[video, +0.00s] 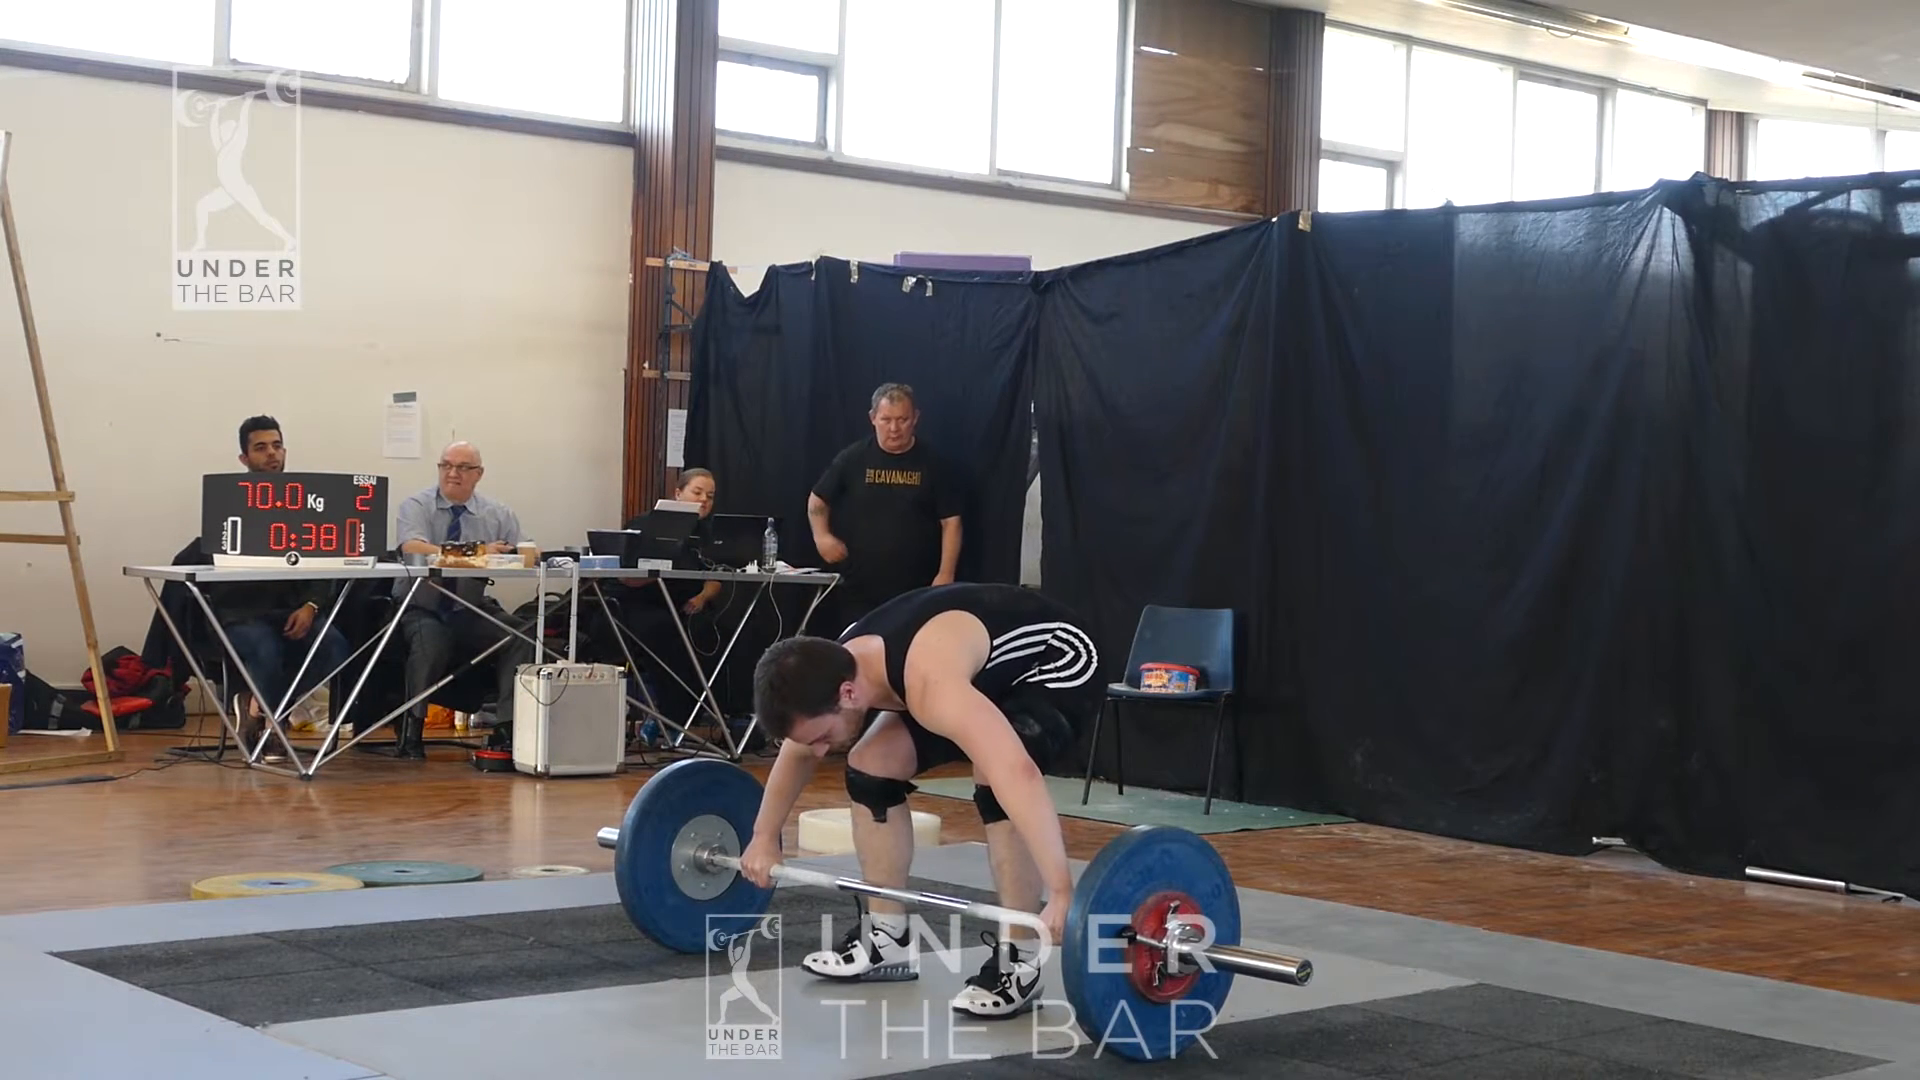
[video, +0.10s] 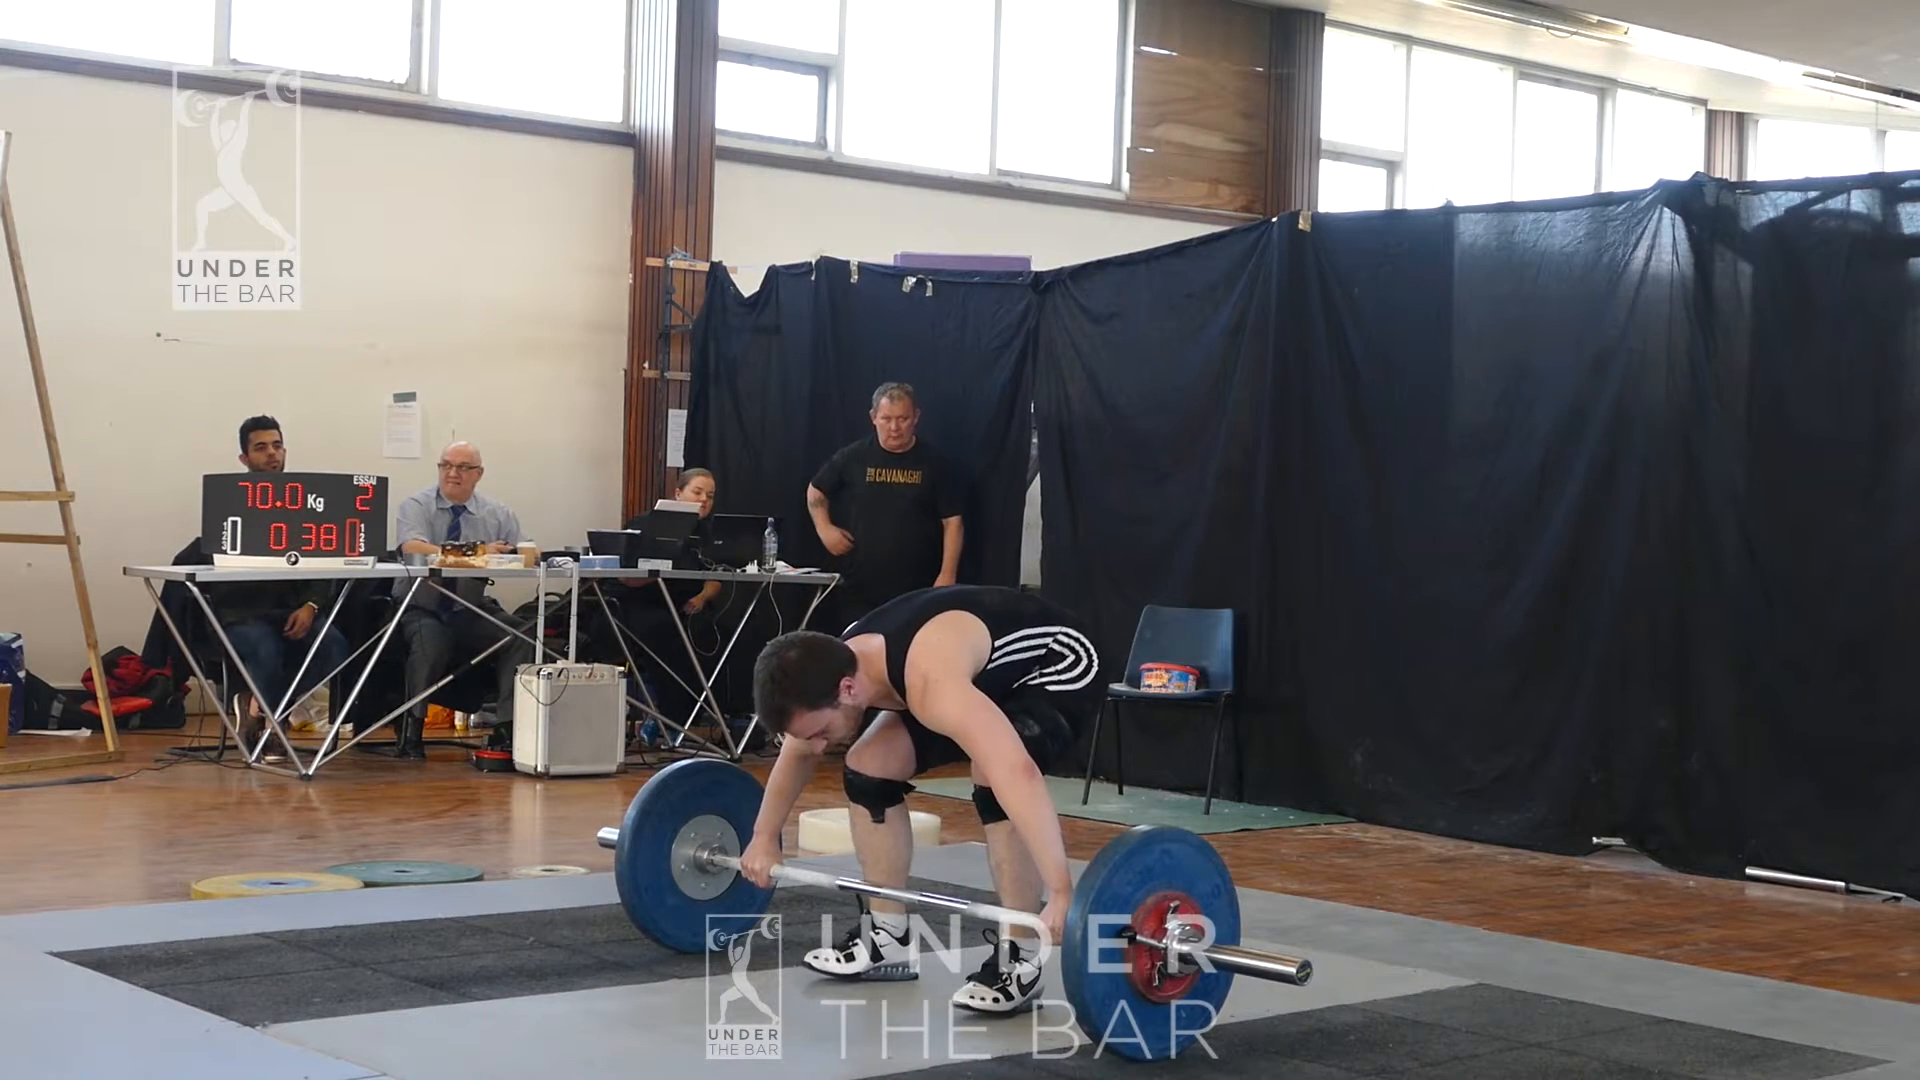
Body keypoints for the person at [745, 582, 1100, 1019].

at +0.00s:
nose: (818, 751)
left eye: (823, 736)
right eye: (806, 743)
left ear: (848, 693)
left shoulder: (935, 686)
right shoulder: (839, 666)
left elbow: (1019, 772)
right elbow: (798, 751)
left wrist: (1060, 889)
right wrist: (763, 835)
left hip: (1061, 661)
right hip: (980, 672)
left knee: (997, 782)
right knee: (872, 769)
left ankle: (1019, 961)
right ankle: (888, 942)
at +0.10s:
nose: (816, 746)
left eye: (821, 731)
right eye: (804, 739)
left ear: (848, 690)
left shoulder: (936, 684)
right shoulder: (834, 668)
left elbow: (1019, 772)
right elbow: (798, 751)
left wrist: (1060, 889)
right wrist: (764, 835)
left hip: (1063, 664)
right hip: (982, 673)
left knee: (995, 779)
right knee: (870, 769)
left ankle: (1020, 959)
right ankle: (888, 941)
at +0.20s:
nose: (810, 738)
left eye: (814, 725)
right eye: (797, 732)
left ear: (844, 683)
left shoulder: (933, 684)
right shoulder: (838, 668)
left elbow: (1015, 770)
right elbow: (796, 752)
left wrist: (1059, 890)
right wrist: (763, 834)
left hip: (1059, 685)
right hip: (977, 692)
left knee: (985, 780)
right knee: (856, 775)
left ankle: (1020, 959)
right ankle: (887, 939)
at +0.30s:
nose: (800, 720)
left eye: (806, 702)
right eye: (790, 708)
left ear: (840, 665)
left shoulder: (935, 682)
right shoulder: (828, 683)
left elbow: (1016, 770)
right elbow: (797, 752)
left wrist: (1057, 891)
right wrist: (762, 833)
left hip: (1058, 721)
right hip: (972, 723)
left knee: (978, 783)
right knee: (841, 778)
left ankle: (1018, 962)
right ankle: (885, 939)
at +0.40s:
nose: (801, 690)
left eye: (807, 675)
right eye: (791, 680)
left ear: (846, 638)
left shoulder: (937, 677)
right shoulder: (829, 677)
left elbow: (1015, 769)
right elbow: (795, 752)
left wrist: (1052, 890)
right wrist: (760, 833)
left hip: (1057, 750)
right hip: (961, 754)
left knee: (976, 788)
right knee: (832, 780)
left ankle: (1018, 962)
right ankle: (886, 942)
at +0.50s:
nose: (804, 658)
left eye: (812, 639)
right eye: (794, 644)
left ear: (857, 610)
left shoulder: (940, 670)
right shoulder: (832, 674)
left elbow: (1017, 772)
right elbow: (793, 752)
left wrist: (1048, 885)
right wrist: (760, 833)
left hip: (1050, 768)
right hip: (949, 770)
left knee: (973, 795)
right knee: (827, 784)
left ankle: (1016, 961)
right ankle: (885, 938)